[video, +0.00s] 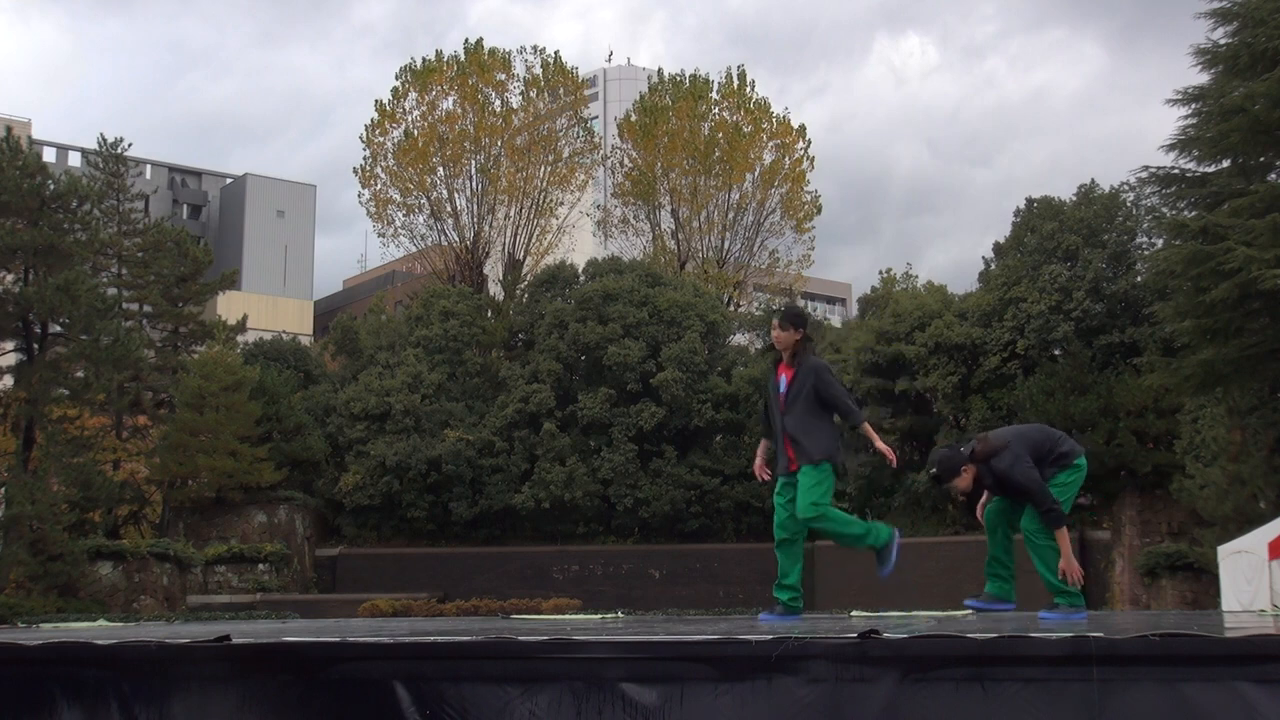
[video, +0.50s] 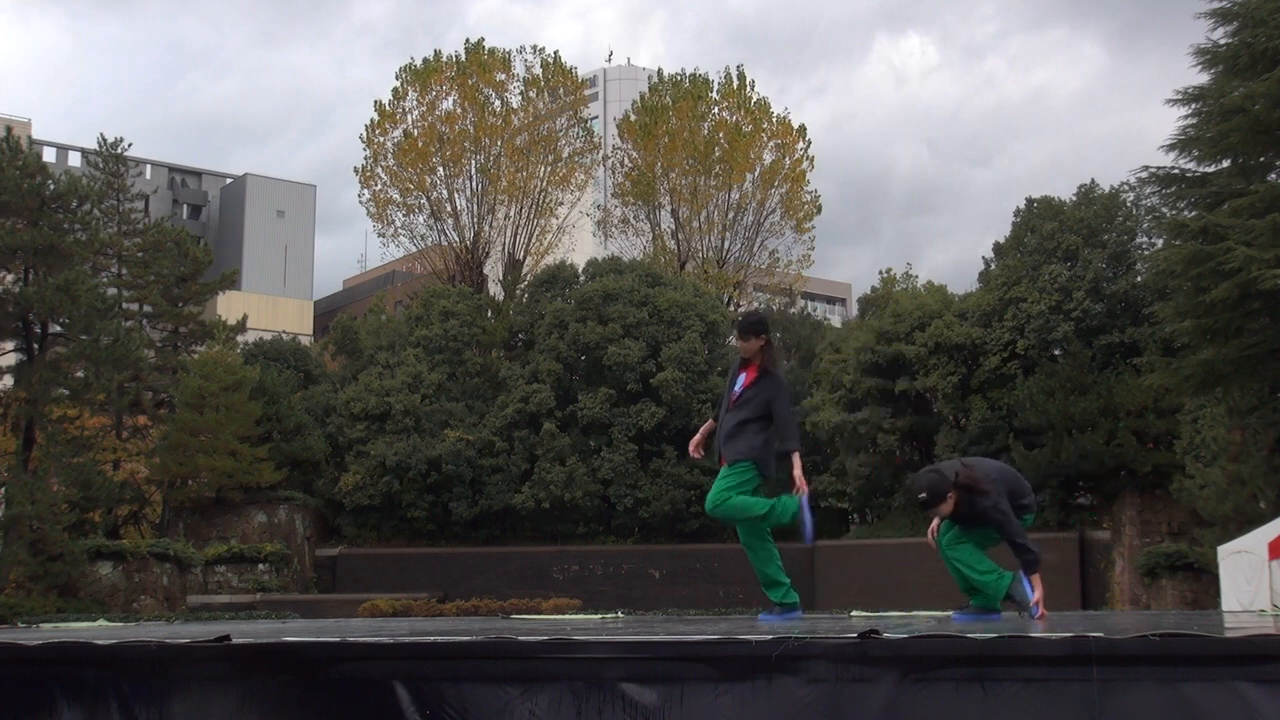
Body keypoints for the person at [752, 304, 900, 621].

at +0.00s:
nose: (774, 335)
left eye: (781, 330)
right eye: (773, 329)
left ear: (798, 334)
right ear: (775, 333)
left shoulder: (815, 368)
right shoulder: (777, 373)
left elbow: (847, 406)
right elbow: (773, 421)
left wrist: (876, 440)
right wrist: (761, 452)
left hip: (816, 459)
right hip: (787, 463)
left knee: (811, 511)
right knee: (786, 531)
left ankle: (883, 537)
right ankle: (789, 604)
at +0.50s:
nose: (739, 344)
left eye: (745, 340)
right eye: (738, 339)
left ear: (762, 341)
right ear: (739, 339)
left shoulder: (772, 378)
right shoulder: (738, 371)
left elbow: (788, 424)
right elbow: (728, 410)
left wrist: (797, 465)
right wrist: (704, 431)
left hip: (751, 458)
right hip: (735, 459)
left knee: (716, 503)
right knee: (752, 534)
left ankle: (792, 508)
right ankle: (786, 602)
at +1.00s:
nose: (651, 339)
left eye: (656, 334)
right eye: (650, 333)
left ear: (675, 337)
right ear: (655, 335)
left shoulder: (682, 372)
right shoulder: (659, 368)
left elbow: (692, 423)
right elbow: (657, 419)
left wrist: (692, 467)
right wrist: (641, 447)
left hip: (669, 465)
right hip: (655, 464)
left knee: (649, 533)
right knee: (655, 535)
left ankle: (651, 606)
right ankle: (717, 573)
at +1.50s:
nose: (596, 329)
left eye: (600, 323)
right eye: (589, 323)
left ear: (606, 328)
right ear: (577, 327)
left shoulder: (618, 367)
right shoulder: (564, 367)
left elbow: (624, 415)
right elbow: (558, 414)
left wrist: (615, 457)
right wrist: (563, 449)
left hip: (608, 463)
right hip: (566, 462)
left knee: (623, 533)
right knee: (544, 528)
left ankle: (649, 603)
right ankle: (523, 605)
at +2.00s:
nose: (529, 314)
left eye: (532, 310)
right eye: (523, 308)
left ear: (535, 317)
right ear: (506, 313)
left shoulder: (548, 358)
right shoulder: (488, 363)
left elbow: (560, 411)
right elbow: (479, 419)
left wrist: (560, 454)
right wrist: (485, 467)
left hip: (539, 459)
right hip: (499, 459)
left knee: (521, 527)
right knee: (504, 531)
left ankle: (500, 596)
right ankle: (523, 604)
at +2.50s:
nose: (487, 308)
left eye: (495, 306)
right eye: (485, 301)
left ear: (505, 317)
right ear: (476, 305)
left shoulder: (510, 350)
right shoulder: (457, 350)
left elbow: (514, 400)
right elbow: (449, 401)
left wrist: (512, 447)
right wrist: (445, 441)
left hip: (491, 452)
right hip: (455, 449)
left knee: (484, 529)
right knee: (428, 519)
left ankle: (485, 606)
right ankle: (439, 602)